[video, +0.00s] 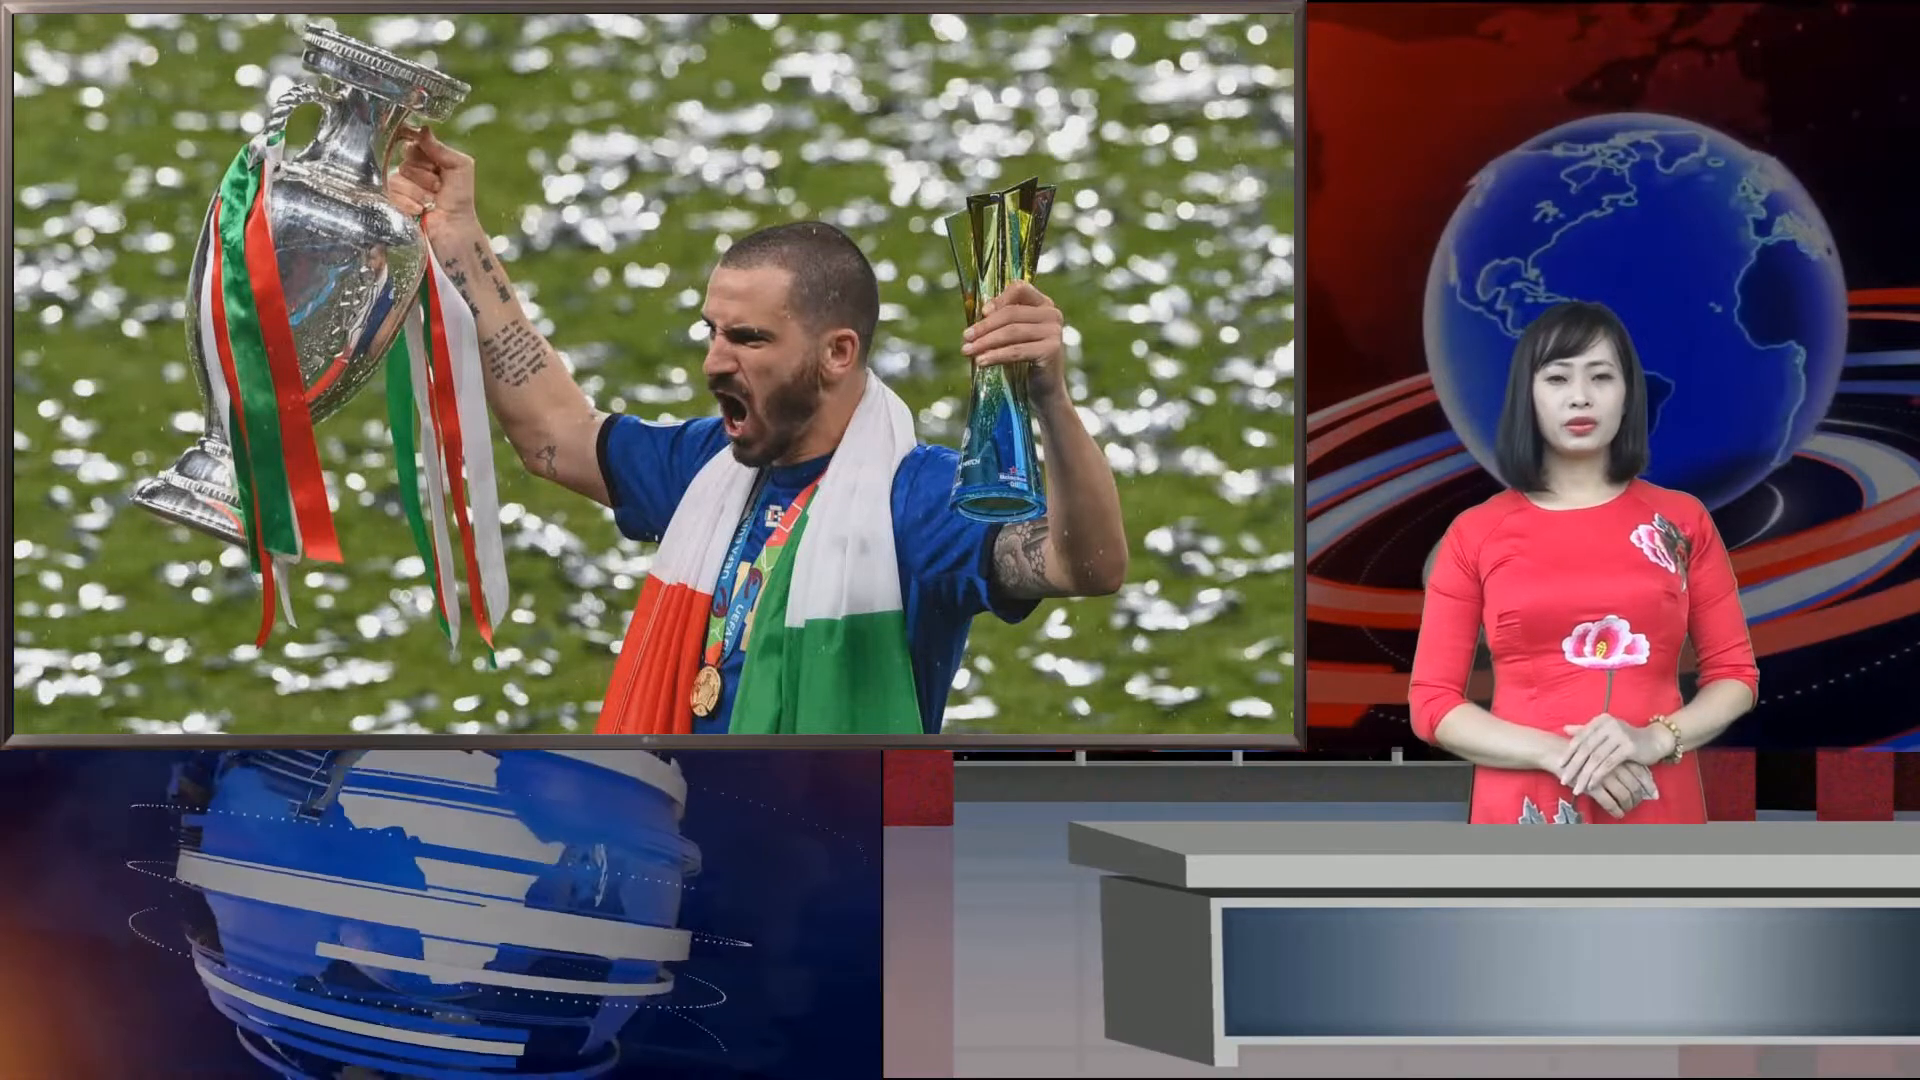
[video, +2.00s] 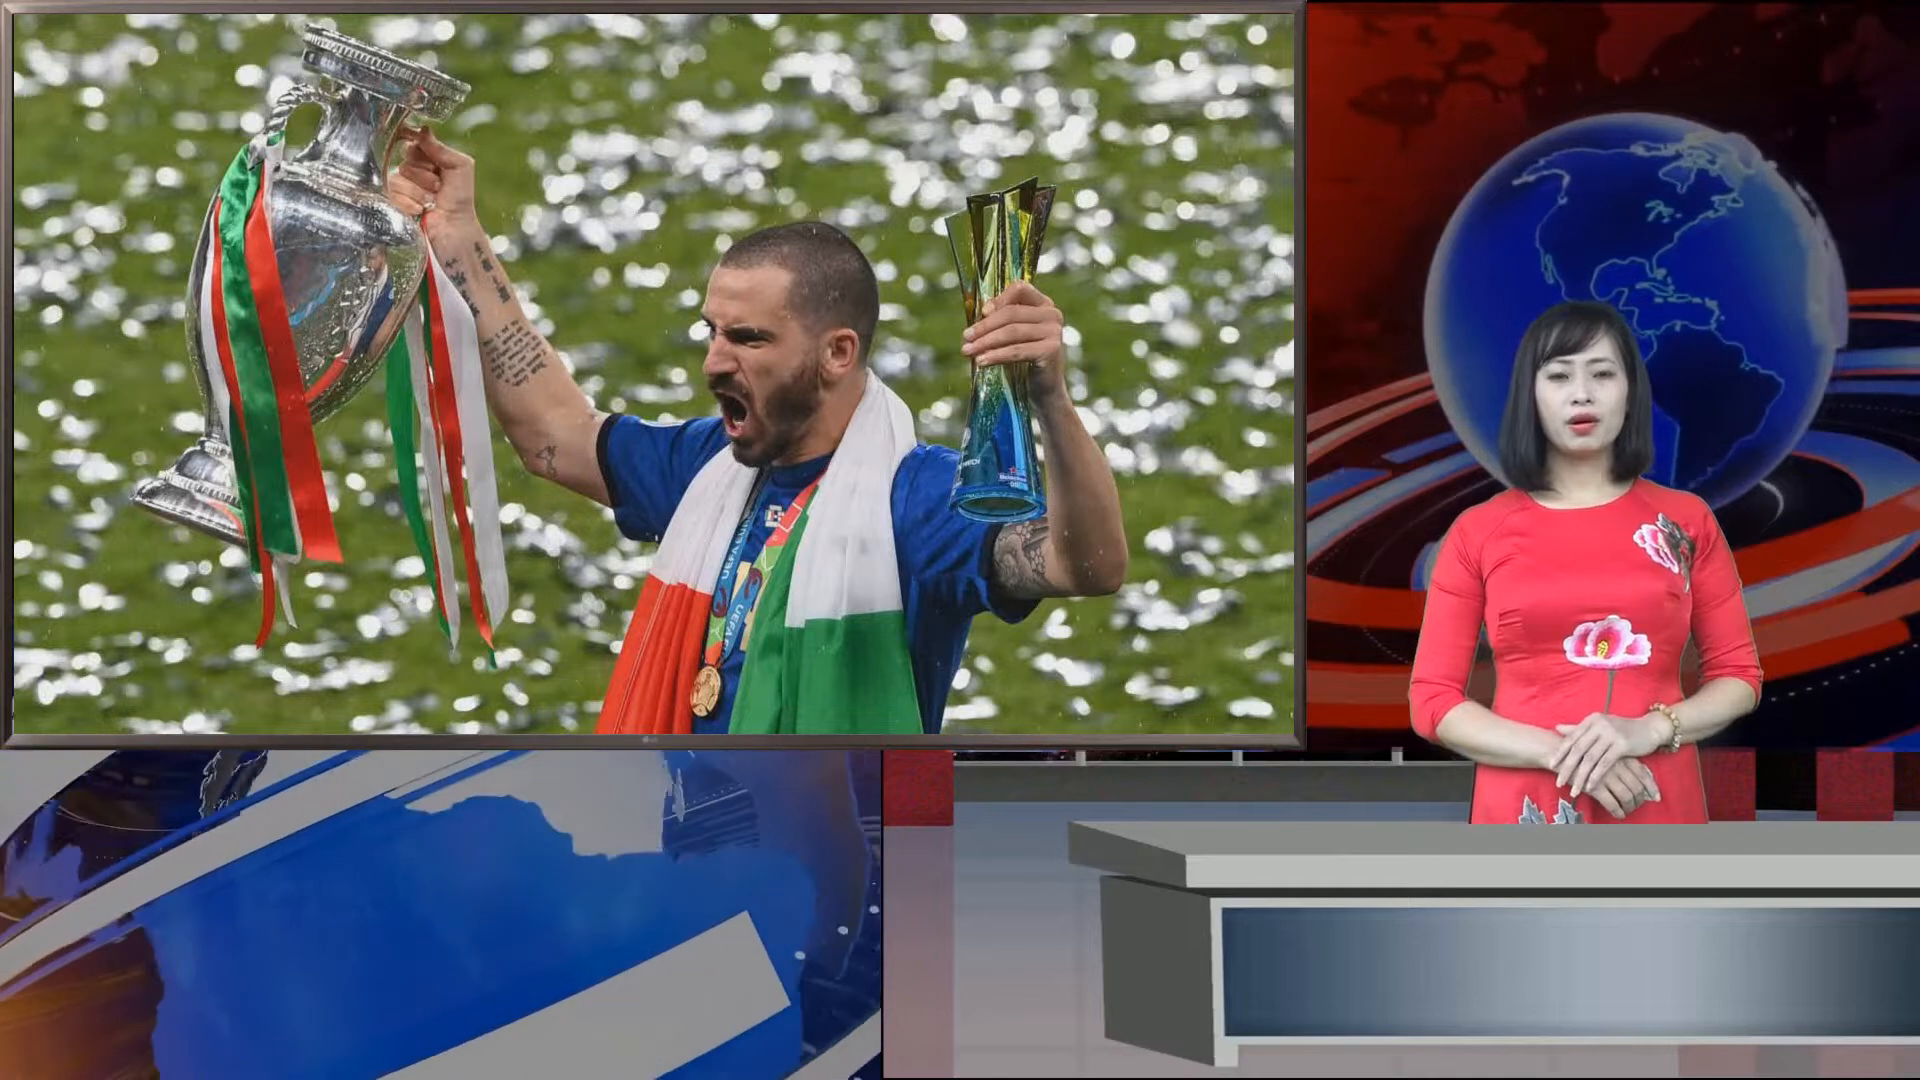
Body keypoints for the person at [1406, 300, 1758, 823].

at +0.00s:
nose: (1580, 396)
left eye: (1601, 377)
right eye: (1557, 378)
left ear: (1627, 394)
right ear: (1528, 395)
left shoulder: (1681, 522)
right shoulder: (1476, 535)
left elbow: (1735, 678)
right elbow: (1432, 704)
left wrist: (1654, 738)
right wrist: (1560, 752)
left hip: (1660, 823)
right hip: (1520, 824)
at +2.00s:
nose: (1581, 393)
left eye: (1602, 374)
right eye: (1559, 376)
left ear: (1630, 392)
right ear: (1531, 394)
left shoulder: (1685, 520)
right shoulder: (1479, 533)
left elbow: (1739, 679)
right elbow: (1433, 701)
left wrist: (1650, 728)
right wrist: (1566, 752)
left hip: (1661, 824)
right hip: (1521, 824)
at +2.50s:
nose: (1579, 393)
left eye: (1601, 374)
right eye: (1558, 375)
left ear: (1628, 392)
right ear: (1530, 393)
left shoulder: (1683, 521)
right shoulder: (1478, 533)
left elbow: (1737, 679)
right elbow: (1432, 701)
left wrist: (1650, 727)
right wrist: (1565, 751)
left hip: (1661, 823)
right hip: (1521, 824)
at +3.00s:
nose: (1580, 394)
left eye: (1601, 375)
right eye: (1558, 376)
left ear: (1629, 391)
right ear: (1530, 394)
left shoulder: (1685, 522)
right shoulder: (1479, 533)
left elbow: (1737, 680)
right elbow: (1432, 701)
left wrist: (1650, 728)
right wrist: (1566, 752)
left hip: (1661, 823)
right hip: (1521, 824)